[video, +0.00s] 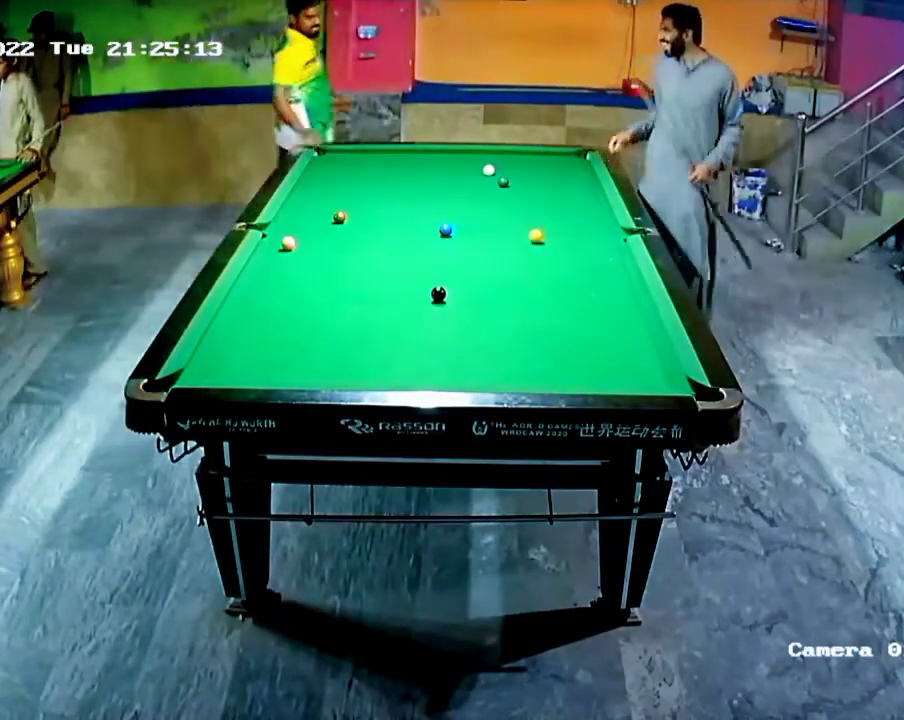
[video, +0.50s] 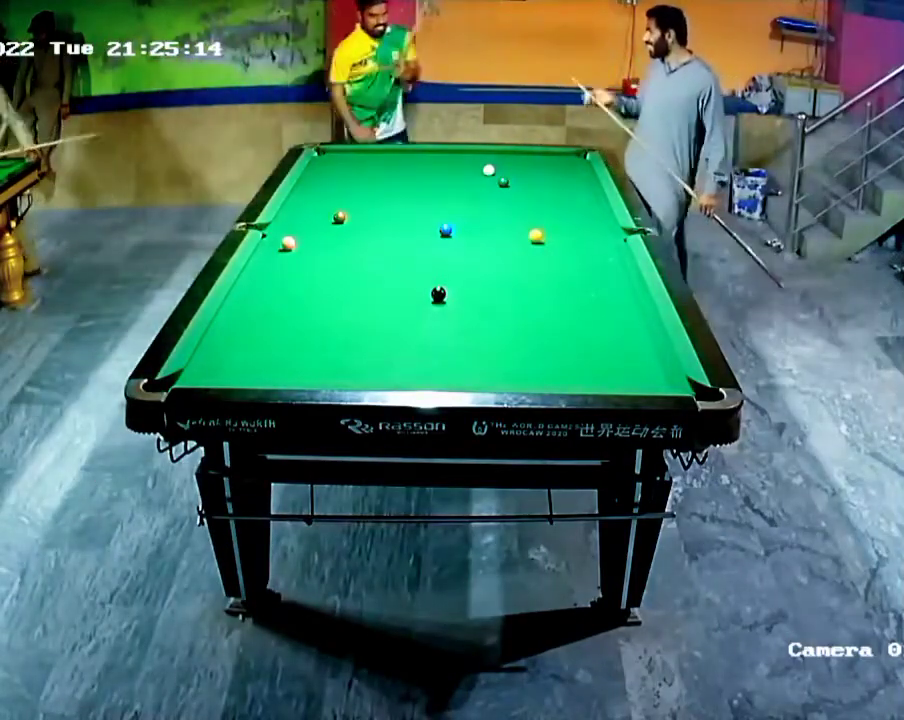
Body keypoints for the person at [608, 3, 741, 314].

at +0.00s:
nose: (661, 36)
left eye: (667, 30)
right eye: (661, 30)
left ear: (689, 34)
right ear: (673, 33)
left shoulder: (721, 75)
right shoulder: (664, 66)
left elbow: (733, 129)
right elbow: (660, 115)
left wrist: (711, 163)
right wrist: (631, 133)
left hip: (691, 179)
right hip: (657, 173)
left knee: (689, 255)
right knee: (650, 247)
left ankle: (689, 323)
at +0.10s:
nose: (659, 35)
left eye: (665, 29)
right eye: (659, 28)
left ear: (686, 34)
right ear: (677, 33)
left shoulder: (718, 76)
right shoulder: (664, 67)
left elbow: (730, 135)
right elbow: (666, 115)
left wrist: (713, 181)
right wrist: (637, 118)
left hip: (694, 184)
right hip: (657, 176)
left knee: (692, 264)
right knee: (651, 254)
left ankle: (695, 333)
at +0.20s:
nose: (652, 34)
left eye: (658, 28)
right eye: (653, 27)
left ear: (678, 33)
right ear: (673, 33)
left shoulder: (712, 75)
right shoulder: (664, 65)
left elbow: (723, 134)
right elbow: (664, 110)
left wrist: (717, 185)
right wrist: (632, 112)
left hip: (689, 186)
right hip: (653, 177)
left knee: (690, 266)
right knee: (650, 258)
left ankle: (690, 332)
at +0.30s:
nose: (649, 34)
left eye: (655, 28)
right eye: (650, 28)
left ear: (675, 33)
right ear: (670, 33)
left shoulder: (708, 76)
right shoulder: (662, 65)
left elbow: (722, 132)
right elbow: (662, 113)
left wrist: (717, 185)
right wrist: (628, 110)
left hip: (681, 184)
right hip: (648, 175)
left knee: (688, 262)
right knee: (649, 255)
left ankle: (692, 327)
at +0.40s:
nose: (646, 37)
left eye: (651, 30)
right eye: (647, 30)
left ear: (671, 35)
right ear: (667, 35)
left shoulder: (704, 78)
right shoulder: (657, 66)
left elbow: (719, 136)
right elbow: (647, 109)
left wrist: (714, 187)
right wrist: (620, 106)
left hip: (671, 183)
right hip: (638, 171)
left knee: (670, 256)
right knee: (636, 249)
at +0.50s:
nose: (645, 38)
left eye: (651, 31)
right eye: (646, 31)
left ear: (671, 35)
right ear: (667, 35)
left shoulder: (703, 78)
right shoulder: (655, 67)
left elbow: (716, 137)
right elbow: (643, 106)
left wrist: (711, 189)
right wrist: (615, 100)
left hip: (669, 181)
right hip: (636, 170)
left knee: (665, 250)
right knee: (633, 242)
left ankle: (670, 308)